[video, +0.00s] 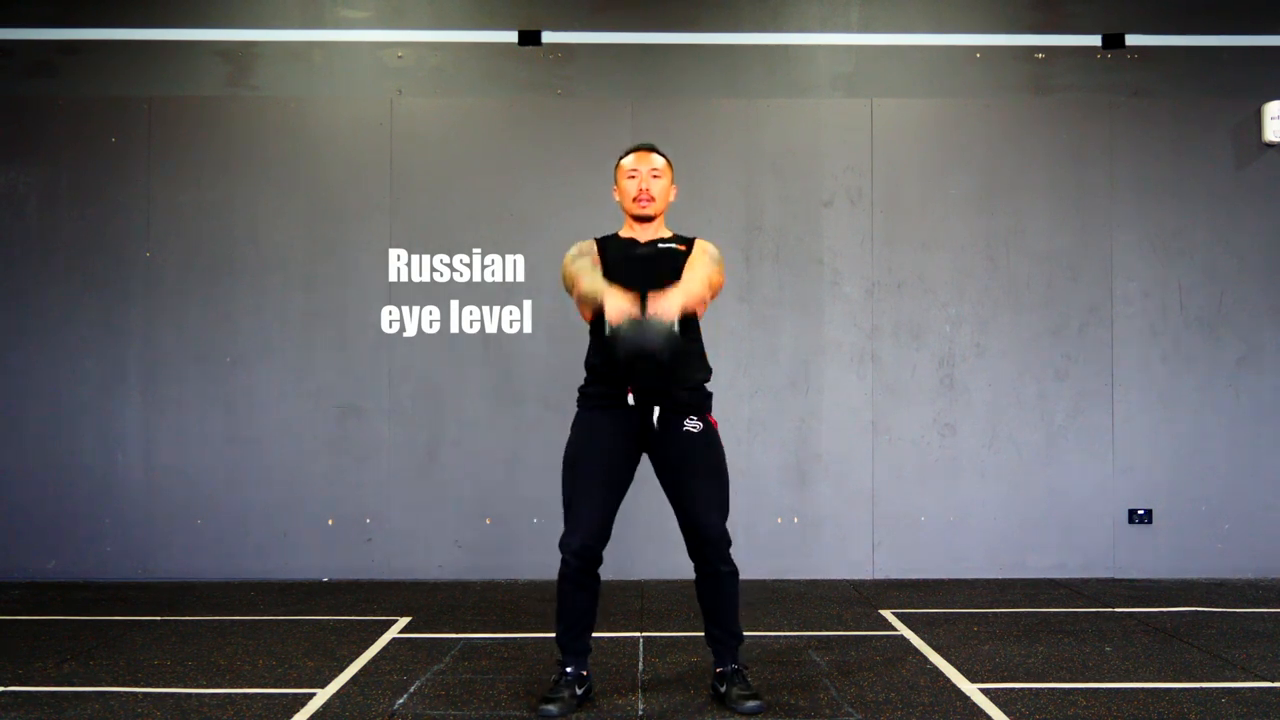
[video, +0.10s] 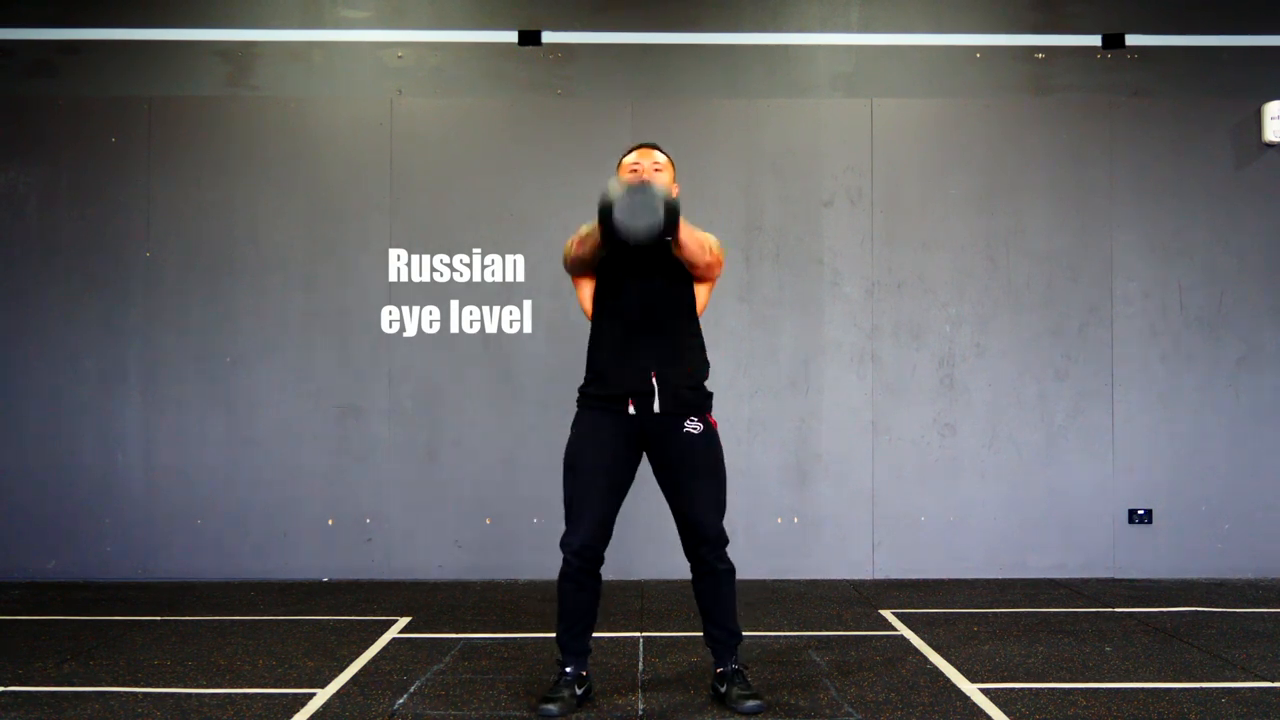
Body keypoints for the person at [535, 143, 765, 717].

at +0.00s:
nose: (644, 182)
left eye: (655, 174)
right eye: (632, 174)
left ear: (672, 190)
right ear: (616, 191)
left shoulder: (699, 251)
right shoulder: (588, 253)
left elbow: (699, 285)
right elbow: (589, 286)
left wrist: (668, 304)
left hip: (683, 415)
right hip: (606, 414)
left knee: (711, 542)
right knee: (580, 544)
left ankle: (728, 670)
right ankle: (572, 672)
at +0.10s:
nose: (643, 169)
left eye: (657, 165)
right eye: (631, 165)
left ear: (676, 188)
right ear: (615, 187)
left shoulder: (700, 251)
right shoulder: (591, 249)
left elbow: (707, 261)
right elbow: (576, 253)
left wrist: (664, 219)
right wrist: (613, 222)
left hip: (683, 415)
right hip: (606, 413)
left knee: (708, 544)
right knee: (581, 545)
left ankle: (729, 670)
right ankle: (572, 672)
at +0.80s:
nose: (647, 180)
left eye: (658, 171)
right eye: (634, 172)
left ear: (676, 186)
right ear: (616, 188)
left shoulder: (707, 267)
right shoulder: (584, 267)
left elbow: (698, 359)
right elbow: (595, 358)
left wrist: (674, 431)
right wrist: (621, 430)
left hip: (686, 421)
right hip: (604, 420)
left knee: (735, 547)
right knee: (558, 545)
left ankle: (731, 671)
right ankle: (570, 673)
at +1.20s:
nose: (638, 226)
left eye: (651, 216)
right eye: (626, 216)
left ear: (672, 230)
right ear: (612, 229)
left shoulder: (708, 305)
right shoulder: (582, 311)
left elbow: (699, 403)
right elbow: (594, 410)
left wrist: (679, 476)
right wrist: (619, 479)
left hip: (688, 449)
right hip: (607, 449)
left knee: (746, 541)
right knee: (552, 545)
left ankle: (732, 672)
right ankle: (570, 674)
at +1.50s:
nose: (645, 175)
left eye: (656, 166)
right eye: (633, 167)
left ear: (674, 185)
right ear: (617, 185)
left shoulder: (702, 246)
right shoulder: (589, 246)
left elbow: (704, 280)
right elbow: (590, 278)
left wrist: (677, 302)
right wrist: (620, 297)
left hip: (686, 413)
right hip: (611, 413)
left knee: (714, 543)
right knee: (584, 543)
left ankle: (729, 670)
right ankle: (572, 672)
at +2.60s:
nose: (640, 256)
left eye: (652, 243)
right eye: (627, 244)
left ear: (672, 251)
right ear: (612, 254)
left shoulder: (708, 319)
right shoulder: (582, 325)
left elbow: (698, 413)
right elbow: (592, 418)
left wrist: (677, 480)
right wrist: (618, 482)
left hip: (686, 445)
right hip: (606, 447)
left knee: (747, 531)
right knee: (549, 536)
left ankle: (736, 667)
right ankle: (568, 672)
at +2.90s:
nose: (645, 190)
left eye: (657, 182)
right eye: (633, 182)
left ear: (675, 198)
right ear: (617, 200)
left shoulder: (709, 272)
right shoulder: (585, 276)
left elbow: (703, 355)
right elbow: (598, 358)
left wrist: (680, 424)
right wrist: (626, 423)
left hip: (692, 427)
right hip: (608, 427)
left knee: (738, 552)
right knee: (567, 555)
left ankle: (732, 673)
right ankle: (572, 675)